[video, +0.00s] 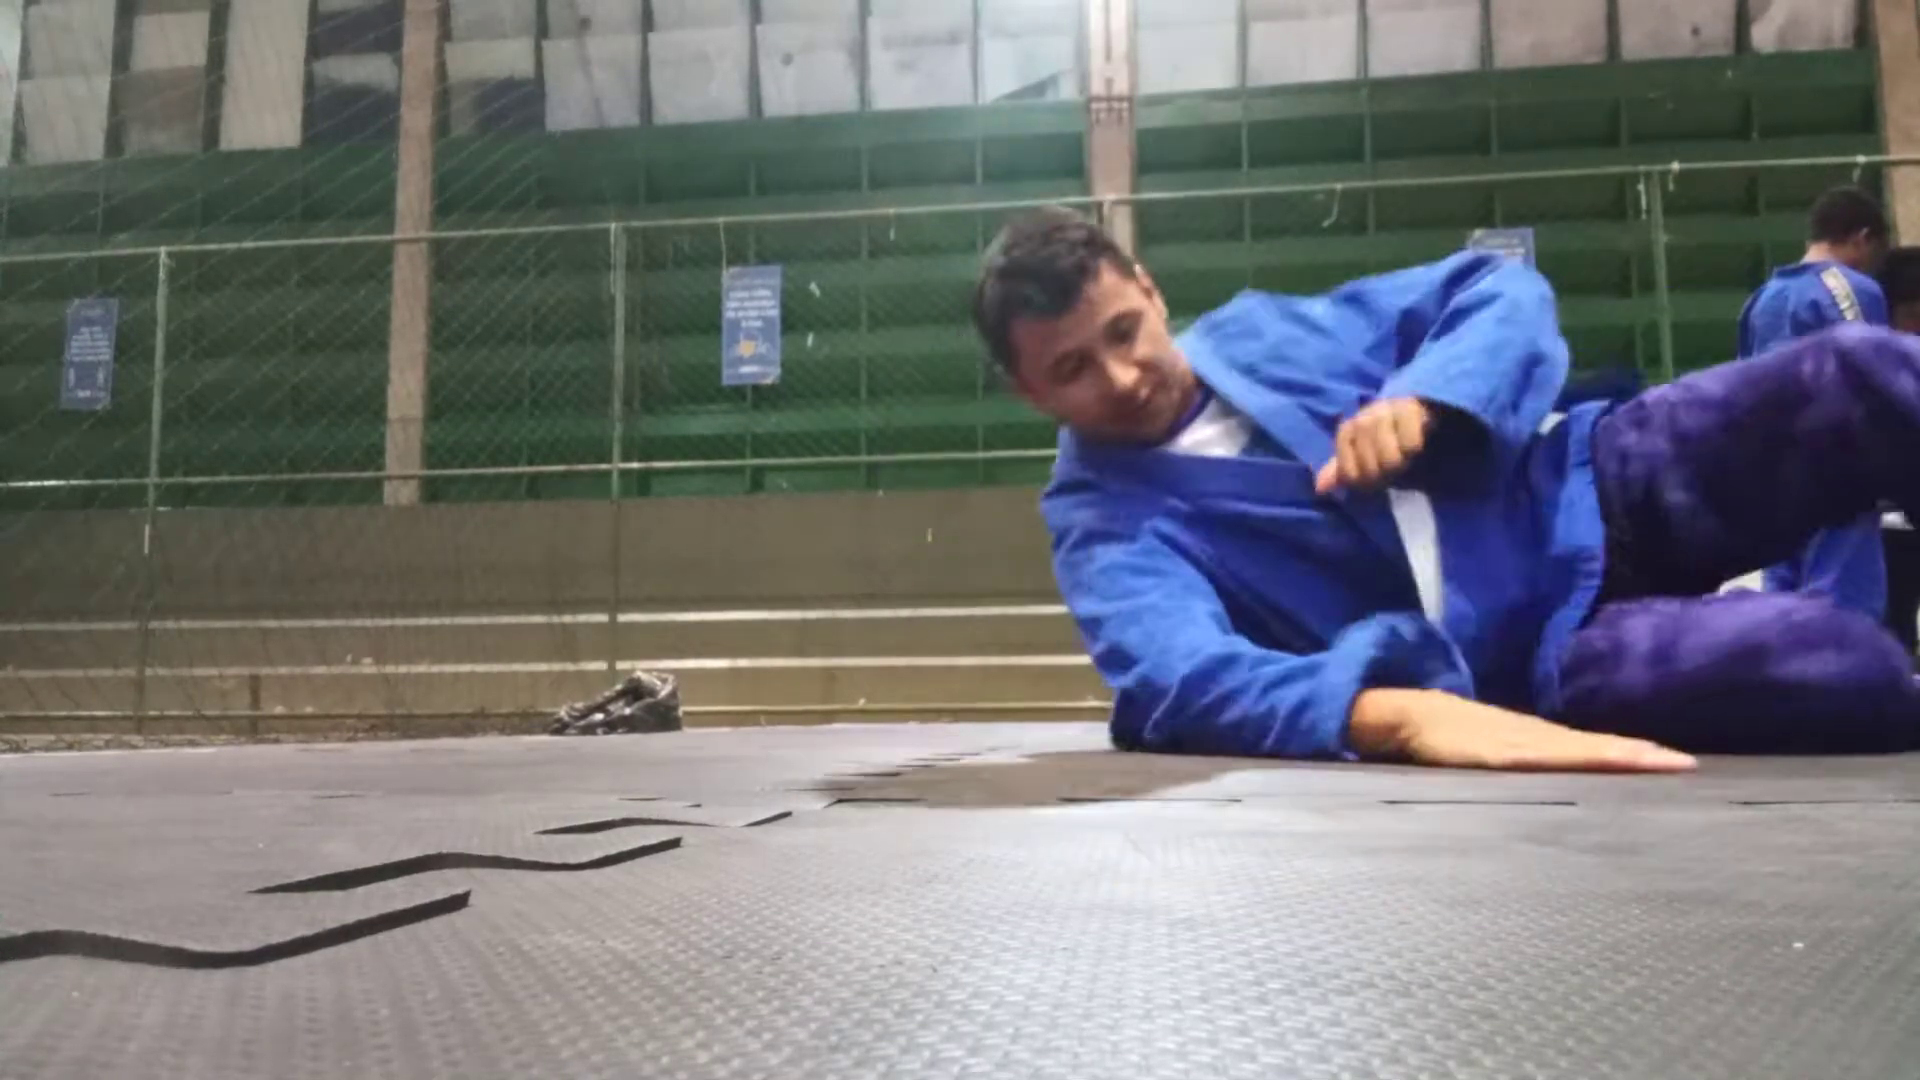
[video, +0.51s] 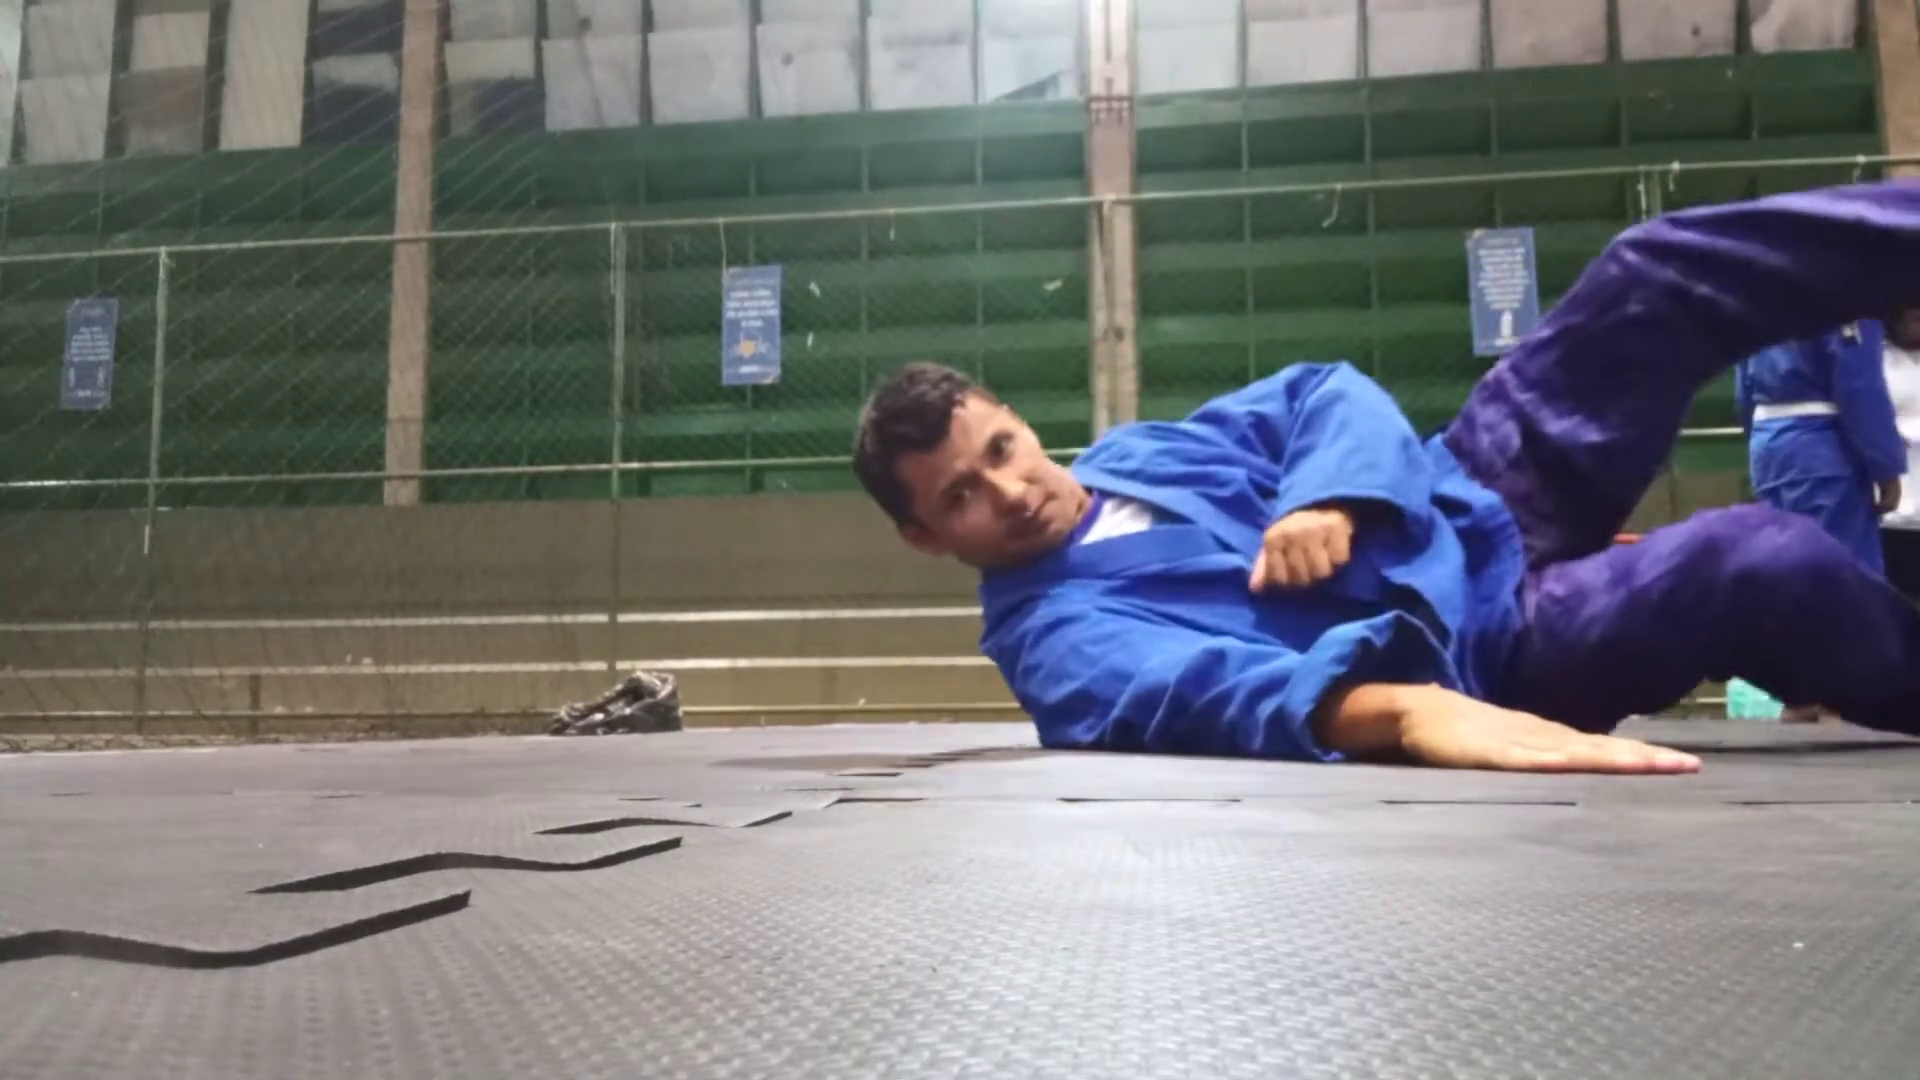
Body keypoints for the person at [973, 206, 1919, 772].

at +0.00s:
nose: (1124, 375)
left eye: (1125, 331)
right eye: (1076, 371)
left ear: (1150, 294)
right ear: (1031, 395)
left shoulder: (1258, 332)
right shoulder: (1106, 527)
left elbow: (1504, 290)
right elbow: (1190, 683)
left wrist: (1426, 396)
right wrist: (1407, 713)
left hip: (1586, 469)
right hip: (1538, 649)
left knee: (1850, 374)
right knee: (1800, 653)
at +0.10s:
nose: (1102, 414)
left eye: (1104, 372)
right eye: (1056, 408)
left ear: (1127, 337)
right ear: (1004, 430)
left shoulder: (1224, 379)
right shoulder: (1086, 581)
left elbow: (1458, 334)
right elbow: (1212, 688)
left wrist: (1405, 451)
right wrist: (1427, 714)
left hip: (1549, 486)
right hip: (1516, 654)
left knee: (1834, 365)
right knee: (1788, 637)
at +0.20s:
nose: (1062, 462)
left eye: (1060, 420)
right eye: (1017, 462)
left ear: (1080, 392)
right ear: (968, 495)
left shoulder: (1180, 423)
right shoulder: (1073, 636)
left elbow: (1395, 369)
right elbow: (1227, 693)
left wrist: (1372, 496)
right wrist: (1411, 714)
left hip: (1524, 490)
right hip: (1519, 650)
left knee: (1795, 335)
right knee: (1795, 628)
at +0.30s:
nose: (1024, 472)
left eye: (1018, 432)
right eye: (978, 478)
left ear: (1043, 409)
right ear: (937, 520)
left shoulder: (1146, 436)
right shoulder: (1070, 637)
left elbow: (1354, 373)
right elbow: (1246, 690)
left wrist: (1334, 493)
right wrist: (1455, 727)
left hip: (1491, 486)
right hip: (1486, 642)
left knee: (1723, 305)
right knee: (1761, 606)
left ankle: (1906, 313)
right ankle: (1901, 706)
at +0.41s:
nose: (1018, 471)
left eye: (1009, 435)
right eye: (973, 480)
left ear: (1030, 410)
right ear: (929, 524)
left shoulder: (1134, 445)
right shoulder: (1066, 643)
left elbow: (1334, 386)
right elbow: (1246, 694)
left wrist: (1327, 492)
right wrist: (1439, 717)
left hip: (1476, 480)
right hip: (1482, 640)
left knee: (1689, 280)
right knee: (1751, 583)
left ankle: (1913, 267)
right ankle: (1901, 694)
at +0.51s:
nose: (1012, 482)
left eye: (1004, 447)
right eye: (968, 492)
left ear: (1024, 426)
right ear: (928, 541)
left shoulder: (1127, 458)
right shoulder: (1068, 652)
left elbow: (1326, 391)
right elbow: (1267, 701)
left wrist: (1322, 496)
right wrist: (1432, 714)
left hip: (1469, 484)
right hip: (1487, 643)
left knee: (1660, 267)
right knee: (1762, 559)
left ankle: (1909, 230)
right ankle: (1903, 689)